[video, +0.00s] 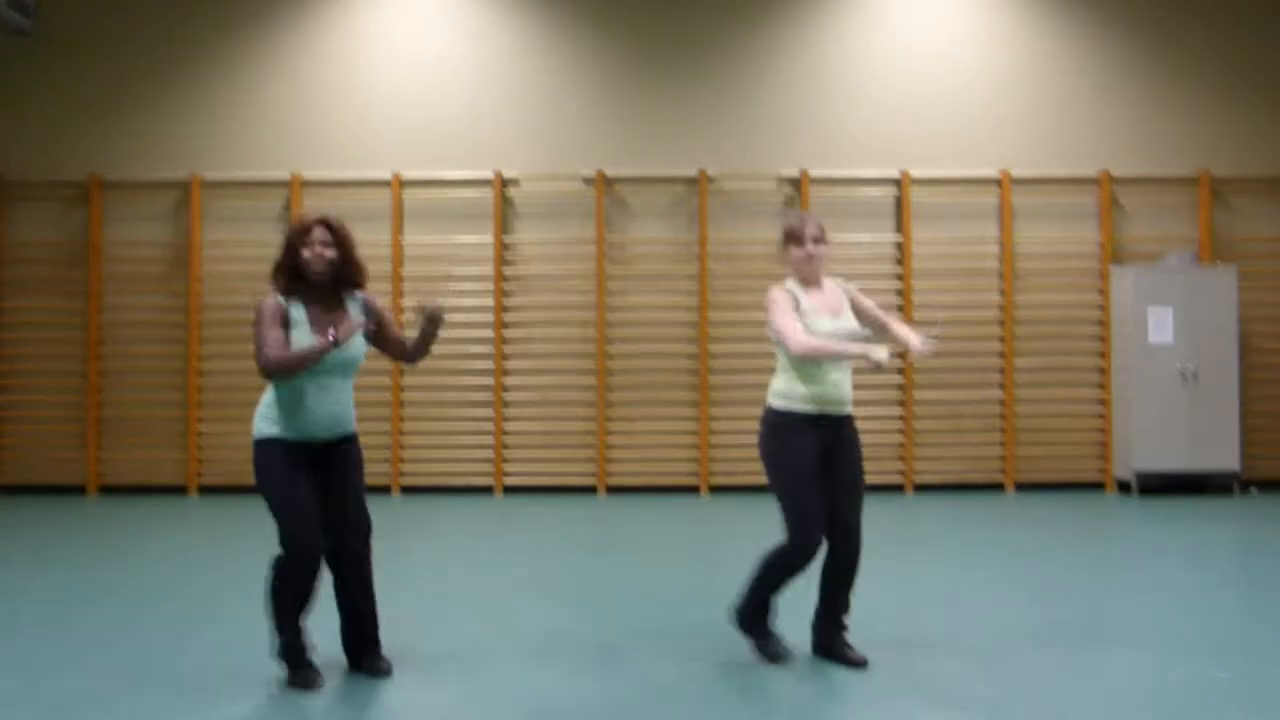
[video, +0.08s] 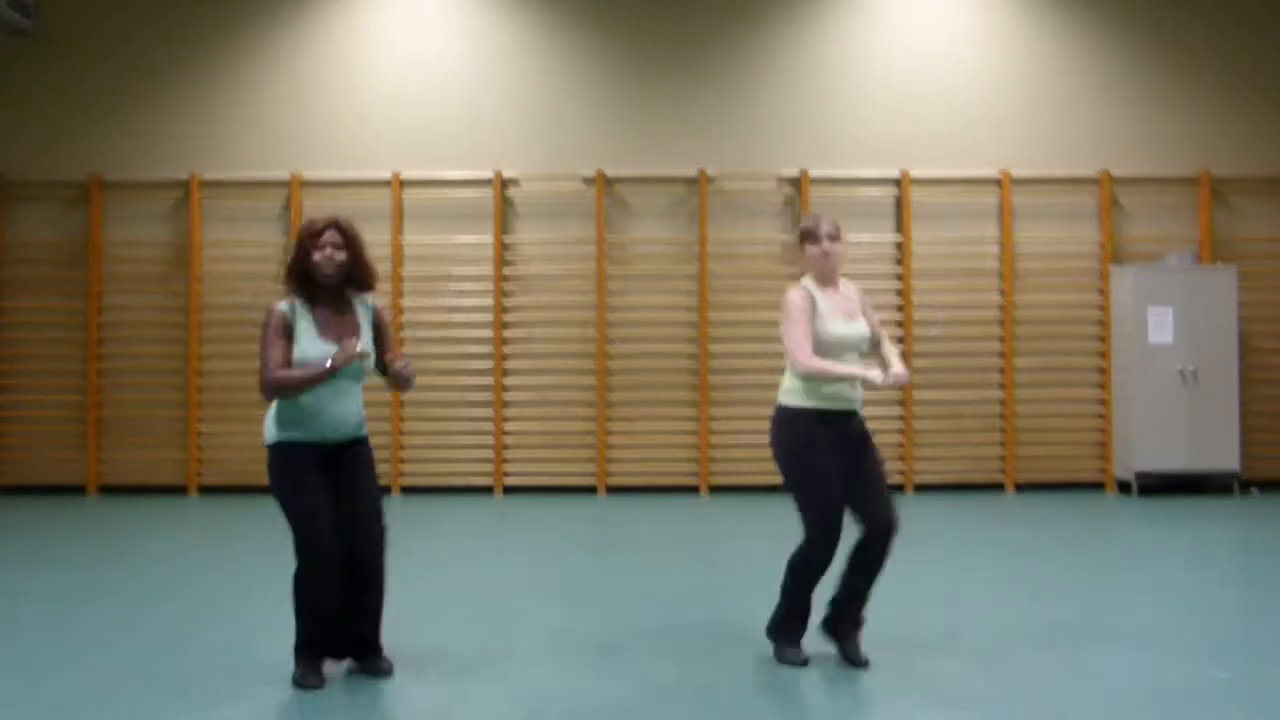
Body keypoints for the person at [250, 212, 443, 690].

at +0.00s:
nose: (319, 253)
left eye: (328, 245)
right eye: (309, 245)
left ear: (343, 254)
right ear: (294, 255)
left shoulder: (362, 305)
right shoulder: (276, 304)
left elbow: (406, 353)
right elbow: (270, 364)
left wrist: (428, 332)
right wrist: (321, 348)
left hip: (338, 443)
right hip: (282, 444)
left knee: (353, 546)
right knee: (303, 547)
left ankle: (364, 650)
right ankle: (289, 637)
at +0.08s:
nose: (328, 255)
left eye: (337, 247)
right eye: (319, 248)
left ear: (351, 257)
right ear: (304, 258)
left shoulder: (369, 311)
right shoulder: (285, 313)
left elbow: (397, 379)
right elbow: (271, 381)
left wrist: (398, 371)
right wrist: (330, 368)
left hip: (350, 444)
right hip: (295, 446)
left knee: (367, 543)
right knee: (319, 548)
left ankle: (367, 648)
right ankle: (309, 656)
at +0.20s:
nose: (339, 241)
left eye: (348, 235)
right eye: (330, 235)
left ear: (363, 245)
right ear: (314, 247)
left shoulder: (379, 297)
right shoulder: (302, 297)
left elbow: (416, 345)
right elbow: (284, 351)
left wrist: (422, 331)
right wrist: (332, 319)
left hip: (367, 436)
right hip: (309, 436)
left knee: (405, 525)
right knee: (313, 545)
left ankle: (389, 626)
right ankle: (308, 655)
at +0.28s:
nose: (349, 231)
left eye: (357, 225)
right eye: (338, 225)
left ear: (373, 238)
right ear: (323, 239)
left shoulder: (389, 285)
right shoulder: (313, 285)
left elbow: (451, 306)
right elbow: (298, 309)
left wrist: (461, 275)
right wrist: (347, 265)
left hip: (383, 425)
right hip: (325, 428)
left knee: (418, 520)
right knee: (320, 537)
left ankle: (436, 624)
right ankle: (309, 654)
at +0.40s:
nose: (361, 238)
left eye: (370, 231)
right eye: (352, 232)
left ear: (384, 241)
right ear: (336, 245)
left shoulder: (407, 283)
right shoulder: (331, 294)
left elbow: (467, 252)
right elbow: (314, 268)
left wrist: (511, 214)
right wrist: (368, 217)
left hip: (412, 431)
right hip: (351, 432)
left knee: (442, 538)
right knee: (331, 543)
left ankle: (493, 637)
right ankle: (310, 658)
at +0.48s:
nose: (370, 247)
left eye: (380, 240)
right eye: (362, 241)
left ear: (394, 250)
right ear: (350, 254)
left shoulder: (420, 286)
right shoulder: (347, 307)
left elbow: (479, 249)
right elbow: (327, 273)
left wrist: (522, 210)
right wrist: (358, 232)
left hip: (439, 437)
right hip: (379, 440)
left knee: (460, 545)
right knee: (352, 543)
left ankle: (495, 646)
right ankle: (314, 655)